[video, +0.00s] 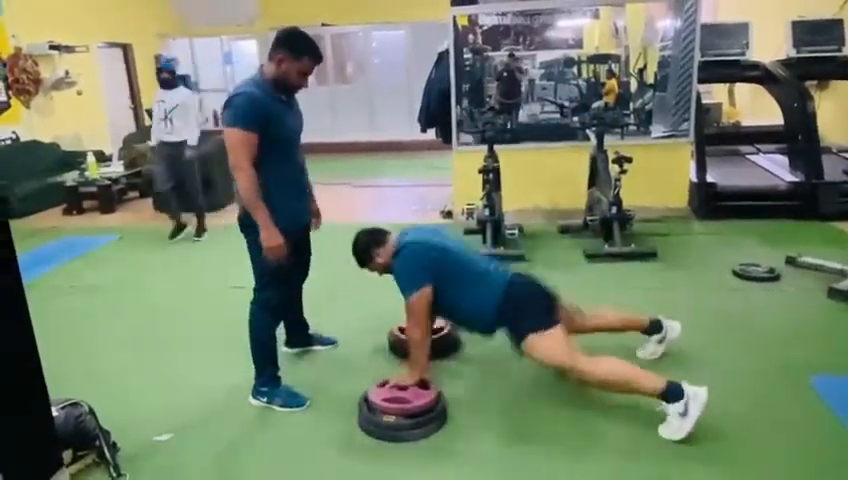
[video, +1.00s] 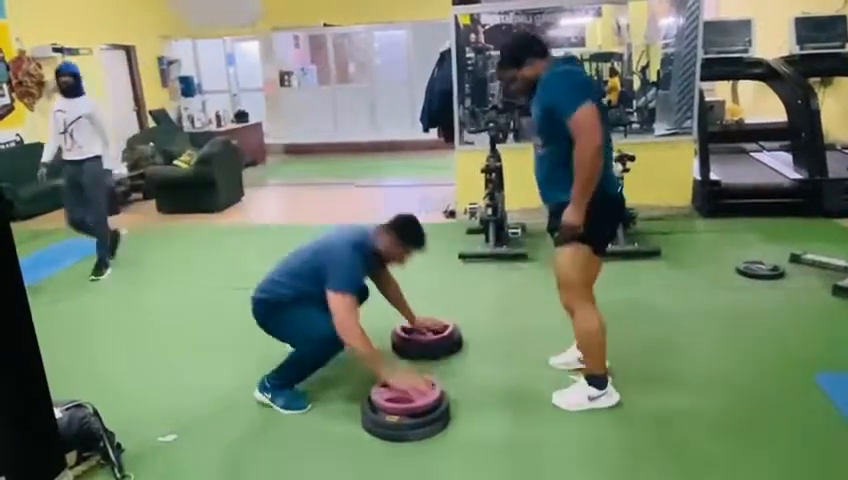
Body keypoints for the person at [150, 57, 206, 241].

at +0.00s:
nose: (162, 78)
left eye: (166, 75)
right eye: (160, 75)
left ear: (174, 75)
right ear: (158, 77)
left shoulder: (187, 95)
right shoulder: (159, 96)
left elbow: (194, 121)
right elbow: (156, 121)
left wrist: (191, 143)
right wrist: (154, 141)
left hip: (183, 143)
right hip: (164, 144)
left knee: (192, 184)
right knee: (163, 185)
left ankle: (200, 223)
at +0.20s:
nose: (141, 81)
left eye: (145, 76)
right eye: (139, 77)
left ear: (154, 77)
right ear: (137, 80)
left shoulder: (167, 97)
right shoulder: (140, 100)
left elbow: (174, 122)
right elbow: (144, 124)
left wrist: (168, 140)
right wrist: (145, 143)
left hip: (168, 146)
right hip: (150, 148)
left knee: (182, 187)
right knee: (152, 191)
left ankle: (201, 222)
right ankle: (149, 235)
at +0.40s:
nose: (120, 80)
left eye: (123, 75)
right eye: (117, 77)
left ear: (133, 75)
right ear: (115, 79)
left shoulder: (145, 97)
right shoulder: (121, 100)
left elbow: (157, 126)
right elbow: (121, 128)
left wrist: (152, 148)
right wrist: (121, 150)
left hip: (146, 150)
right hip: (129, 151)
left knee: (154, 197)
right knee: (136, 198)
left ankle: (178, 217)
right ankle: (147, 237)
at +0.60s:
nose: (102, 81)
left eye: (105, 76)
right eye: (98, 77)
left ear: (114, 77)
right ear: (95, 79)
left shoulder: (130, 100)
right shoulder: (99, 102)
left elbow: (144, 127)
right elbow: (101, 128)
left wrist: (148, 152)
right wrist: (99, 150)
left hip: (130, 151)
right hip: (110, 153)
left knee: (125, 200)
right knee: (128, 199)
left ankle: (136, 242)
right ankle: (146, 238)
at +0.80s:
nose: (84, 83)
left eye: (88, 79)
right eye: (81, 80)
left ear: (96, 80)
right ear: (77, 82)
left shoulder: (112, 104)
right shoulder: (78, 107)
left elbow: (130, 133)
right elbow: (71, 134)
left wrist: (139, 160)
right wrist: (61, 160)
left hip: (112, 160)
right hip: (92, 162)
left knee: (108, 209)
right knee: (113, 206)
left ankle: (104, 257)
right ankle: (142, 237)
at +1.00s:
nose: (65, 83)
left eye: (69, 79)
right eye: (61, 79)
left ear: (77, 80)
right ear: (57, 83)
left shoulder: (89, 105)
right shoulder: (58, 108)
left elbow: (107, 137)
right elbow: (54, 137)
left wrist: (110, 166)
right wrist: (45, 162)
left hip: (92, 162)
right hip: (70, 164)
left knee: (97, 212)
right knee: (75, 217)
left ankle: (103, 259)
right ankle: (109, 235)